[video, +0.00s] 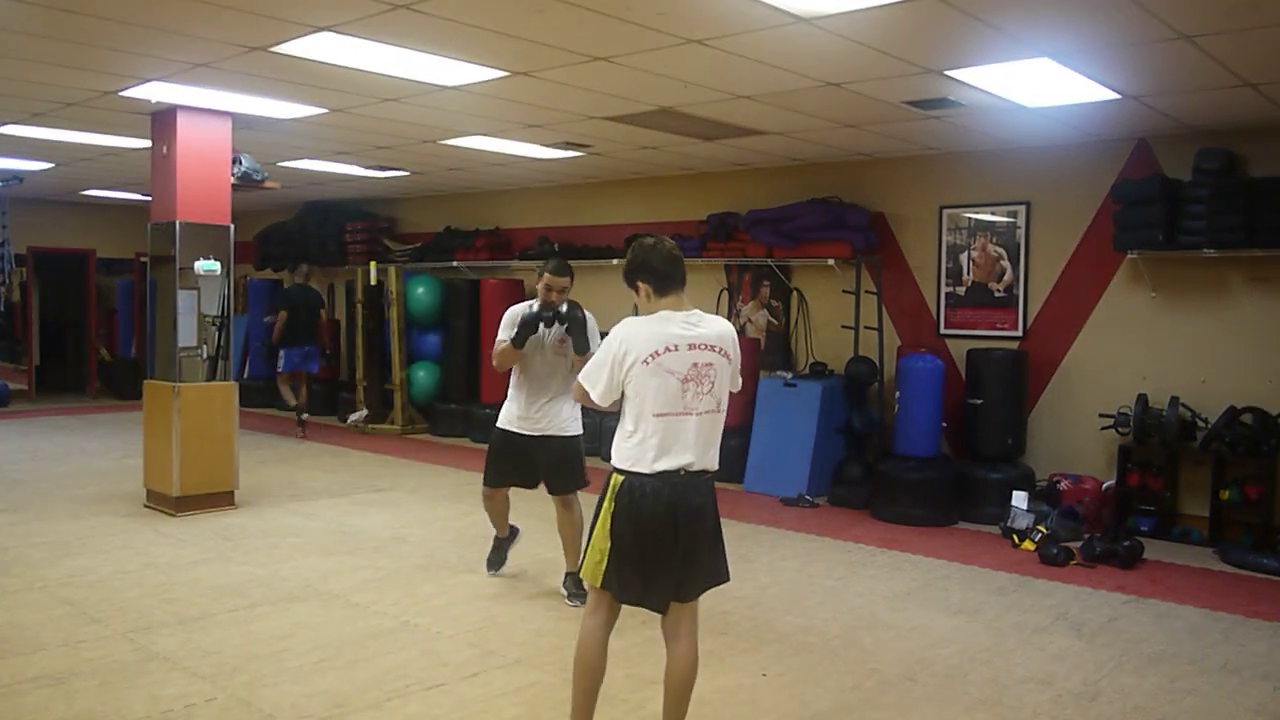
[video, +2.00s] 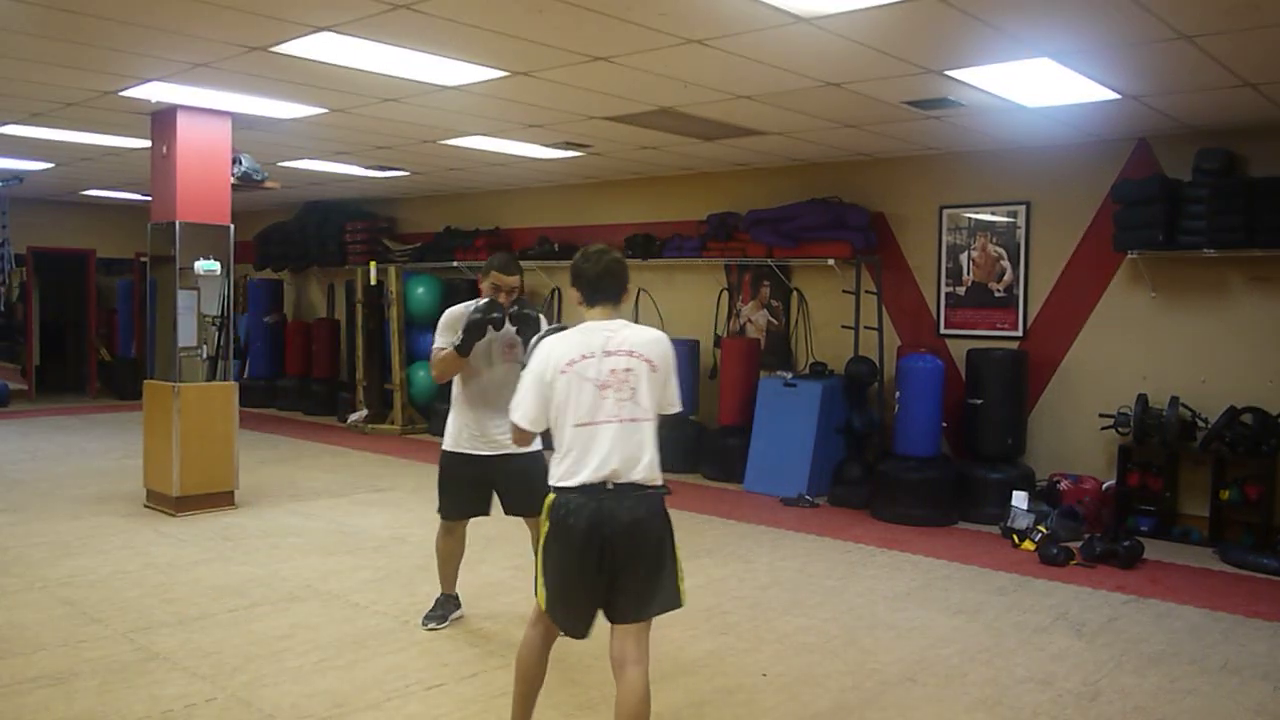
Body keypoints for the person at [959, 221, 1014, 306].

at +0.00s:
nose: (983, 241)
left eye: (985, 237)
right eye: (979, 237)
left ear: (990, 237)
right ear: (975, 237)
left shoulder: (998, 252)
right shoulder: (971, 253)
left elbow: (1009, 272)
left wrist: (1000, 286)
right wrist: (966, 279)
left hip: (992, 288)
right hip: (975, 287)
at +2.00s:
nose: (983, 241)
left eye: (985, 237)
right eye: (979, 237)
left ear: (990, 237)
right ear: (975, 237)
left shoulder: (998, 252)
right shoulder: (971, 253)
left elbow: (1009, 272)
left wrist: (1000, 286)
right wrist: (966, 279)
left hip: (992, 288)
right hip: (975, 287)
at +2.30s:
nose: (982, 241)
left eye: (984, 237)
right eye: (978, 237)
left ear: (989, 238)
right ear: (975, 238)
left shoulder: (998, 253)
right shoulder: (970, 254)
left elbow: (1009, 273)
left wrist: (1000, 287)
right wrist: (965, 279)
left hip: (991, 288)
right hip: (974, 287)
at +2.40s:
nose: (981, 240)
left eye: (984, 236)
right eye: (978, 236)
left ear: (989, 236)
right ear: (974, 237)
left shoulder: (997, 252)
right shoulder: (970, 252)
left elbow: (1008, 272)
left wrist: (999, 285)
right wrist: (965, 278)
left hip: (990, 287)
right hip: (974, 286)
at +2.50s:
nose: (983, 241)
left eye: (986, 237)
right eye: (980, 237)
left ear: (990, 238)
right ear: (976, 238)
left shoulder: (999, 253)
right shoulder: (972, 252)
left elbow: (1010, 272)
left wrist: (1001, 286)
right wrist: (967, 278)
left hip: (991, 288)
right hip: (976, 286)